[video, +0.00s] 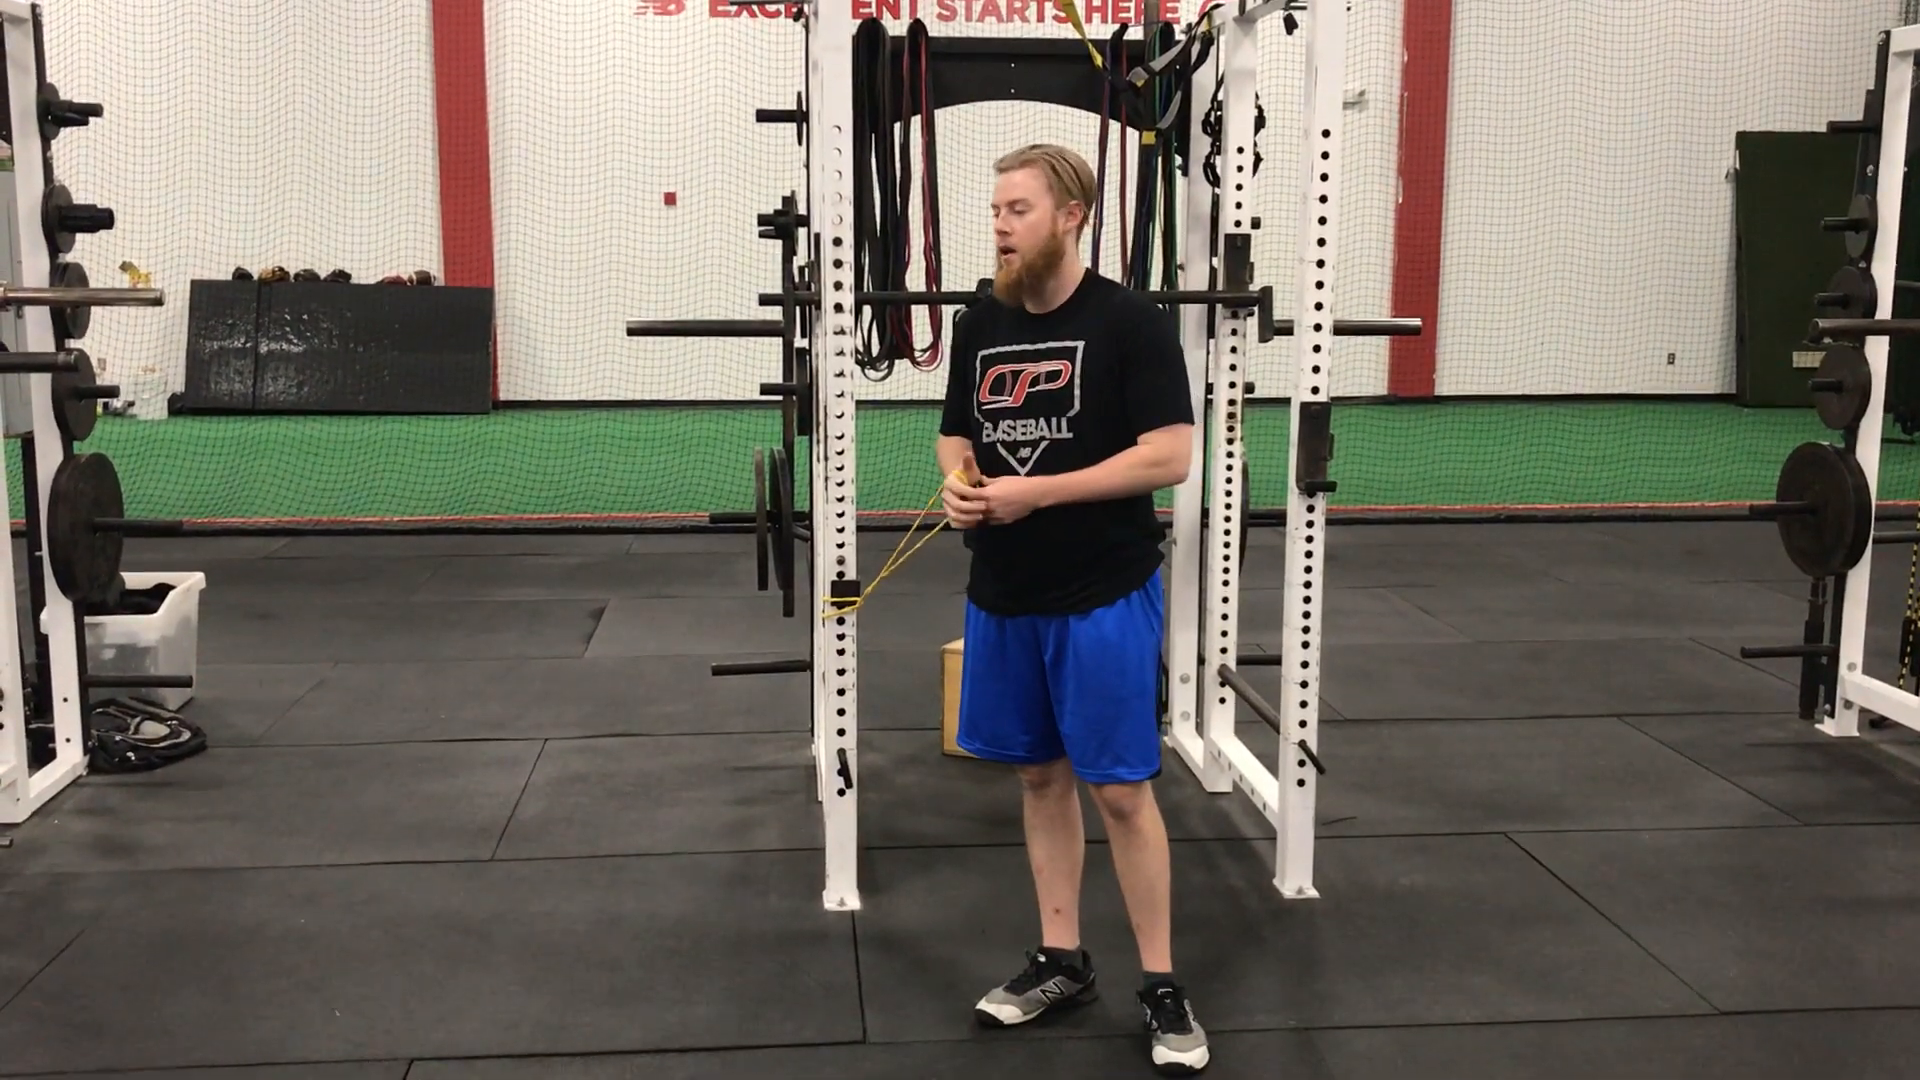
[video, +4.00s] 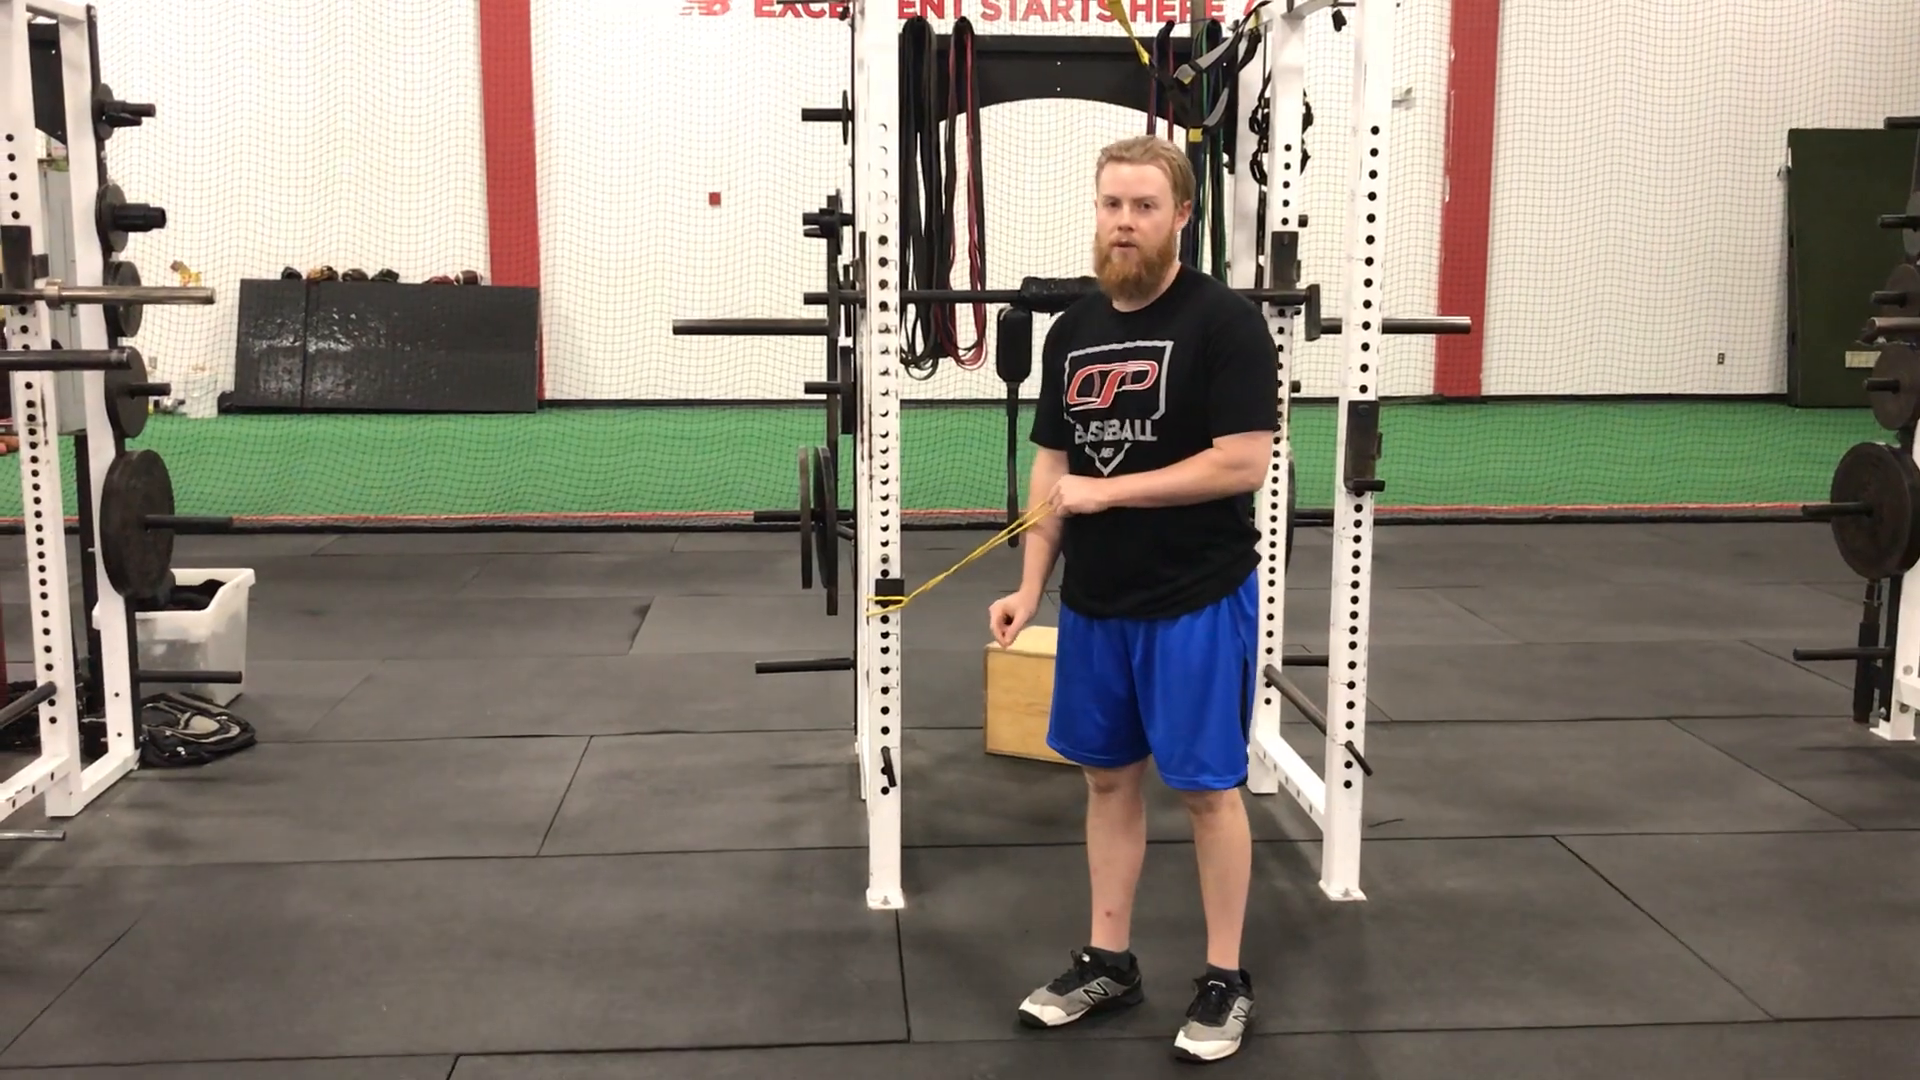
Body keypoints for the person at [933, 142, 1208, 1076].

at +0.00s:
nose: (999, 226)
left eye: (1017, 209)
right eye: (995, 211)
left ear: (1071, 218)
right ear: (995, 222)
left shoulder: (1132, 319)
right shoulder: (981, 321)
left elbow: (1171, 453)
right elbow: (956, 436)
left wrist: (1034, 491)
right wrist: (960, 483)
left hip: (1107, 597)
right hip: (1006, 598)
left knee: (1122, 793)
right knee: (1041, 780)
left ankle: (1161, 988)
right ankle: (1061, 963)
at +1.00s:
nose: (1037, 202)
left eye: (1057, 187)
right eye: (1029, 187)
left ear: (1102, 200)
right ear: (1021, 199)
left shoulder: (1152, 305)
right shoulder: (999, 301)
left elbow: (1182, 442)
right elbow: (986, 408)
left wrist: (1050, 476)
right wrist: (948, 438)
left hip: (1122, 578)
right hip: (1024, 579)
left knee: (1134, 774)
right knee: (1057, 760)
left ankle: (1172, 966)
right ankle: (1072, 940)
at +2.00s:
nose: (1097, 230)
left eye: (1103, 214)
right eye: (1098, 214)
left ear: (1141, 216)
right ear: (1152, 213)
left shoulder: (1237, 326)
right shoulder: (1127, 311)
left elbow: (1252, 476)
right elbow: (1109, 436)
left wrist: (1114, 495)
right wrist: (1019, 509)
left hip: (1203, 601)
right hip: (1112, 593)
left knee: (1206, 787)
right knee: (1101, 768)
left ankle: (1207, 974)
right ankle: (1089, 954)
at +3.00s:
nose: (1066, 233)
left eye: (1079, 215)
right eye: (1064, 215)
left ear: (1136, 213)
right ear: (1115, 216)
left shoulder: (1210, 318)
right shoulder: (1078, 328)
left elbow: (1228, 459)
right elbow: (1045, 460)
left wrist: (1088, 486)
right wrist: (1018, 591)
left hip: (1185, 598)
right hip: (1089, 597)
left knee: (1198, 781)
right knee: (1099, 772)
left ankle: (1211, 974)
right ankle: (1097, 957)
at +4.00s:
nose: (1123, 222)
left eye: (1143, 205)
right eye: (1110, 204)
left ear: (1181, 216)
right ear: (1094, 212)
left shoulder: (1225, 321)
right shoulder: (1074, 329)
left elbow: (1246, 462)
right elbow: (1053, 462)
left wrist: (1109, 489)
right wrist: (1031, 583)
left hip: (1199, 601)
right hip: (1097, 600)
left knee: (1209, 786)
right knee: (1108, 778)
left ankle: (1223, 979)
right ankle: (1108, 962)